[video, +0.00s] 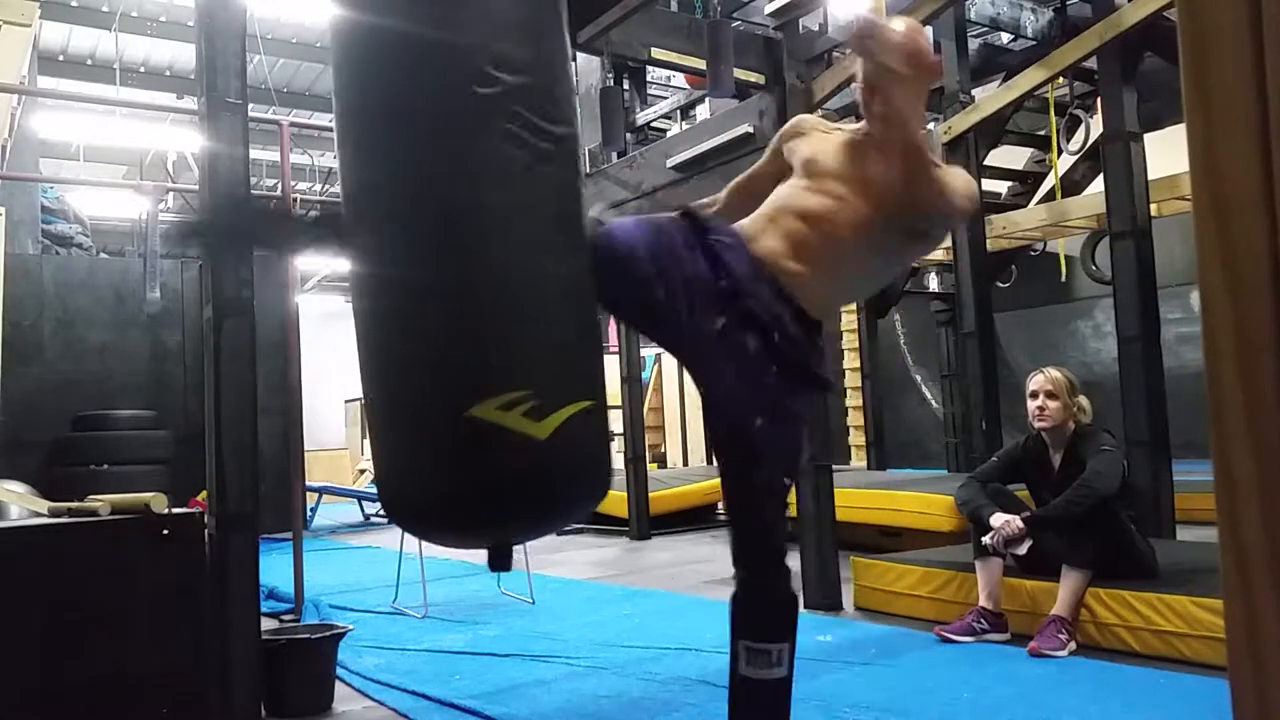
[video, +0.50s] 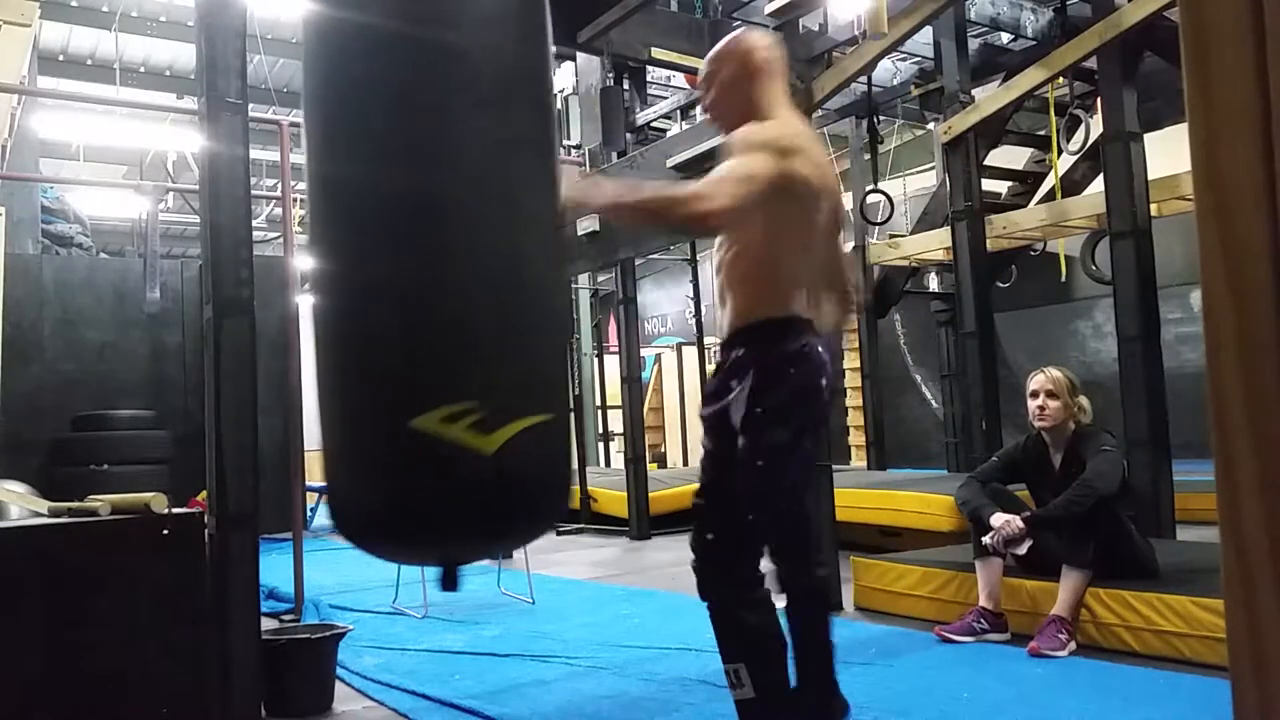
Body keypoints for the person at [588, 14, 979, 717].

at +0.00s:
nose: (865, 77)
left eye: (885, 63)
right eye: (861, 61)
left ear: (929, 77)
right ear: (854, 74)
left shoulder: (952, 189)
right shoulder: (805, 133)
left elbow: (917, 196)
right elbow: (720, 210)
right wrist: (635, 237)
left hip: (774, 346)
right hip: (708, 265)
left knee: (760, 552)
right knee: (580, 251)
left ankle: (760, 714)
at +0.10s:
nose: (843, 80)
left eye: (860, 63)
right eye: (833, 62)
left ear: (903, 60)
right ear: (824, 60)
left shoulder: (935, 161)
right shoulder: (806, 125)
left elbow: (863, 186)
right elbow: (738, 204)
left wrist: (800, 44)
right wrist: (664, 184)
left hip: (775, 347)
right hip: (694, 280)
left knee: (760, 560)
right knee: (544, 306)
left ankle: (756, 712)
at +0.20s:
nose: (811, 53)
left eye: (826, 35)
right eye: (805, 42)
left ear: (876, 33)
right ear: (801, 47)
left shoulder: (916, 132)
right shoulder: (809, 126)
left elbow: (833, 183)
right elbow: (733, 209)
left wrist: (759, 77)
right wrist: (658, 180)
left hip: (778, 340)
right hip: (700, 301)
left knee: (754, 551)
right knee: (558, 386)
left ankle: (756, 713)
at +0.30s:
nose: (774, 51)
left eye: (791, 33)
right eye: (770, 40)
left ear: (844, 38)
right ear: (775, 57)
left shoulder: (878, 123)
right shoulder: (791, 141)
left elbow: (825, 201)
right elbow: (727, 242)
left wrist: (722, 111)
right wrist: (635, 206)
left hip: (774, 342)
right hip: (712, 330)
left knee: (742, 538)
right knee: (610, 449)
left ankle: (757, 712)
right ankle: (621, 617)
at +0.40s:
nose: (740, 75)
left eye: (750, 53)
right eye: (738, 62)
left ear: (797, 46)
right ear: (792, 53)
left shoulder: (831, 126)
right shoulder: (796, 138)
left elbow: (783, 205)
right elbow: (766, 249)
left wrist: (654, 132)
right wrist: (718, 303)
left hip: (768, 350)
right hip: (737, 348)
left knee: (730, 538)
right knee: (716, 530)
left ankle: (760, 704)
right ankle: (765, 669)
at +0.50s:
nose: (707, 108)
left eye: (709, 92)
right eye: (704, 96)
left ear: (742, 77)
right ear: (770, 77)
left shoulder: (763, 141)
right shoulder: (812, 151)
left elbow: (709, 206)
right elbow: (841, 283)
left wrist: (590, 191)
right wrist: (819, 354)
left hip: (763, 363)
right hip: (805, 359)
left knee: (722, 549)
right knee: (801, 544)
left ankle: (767, 705)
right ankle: (818, 699)